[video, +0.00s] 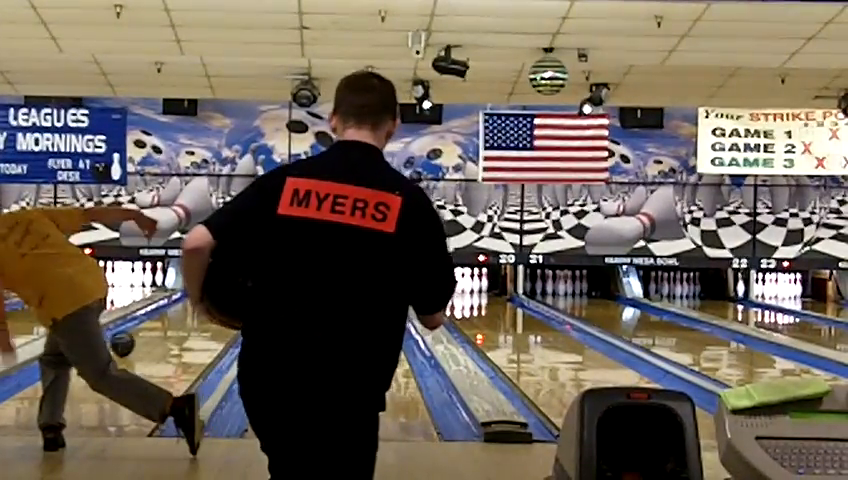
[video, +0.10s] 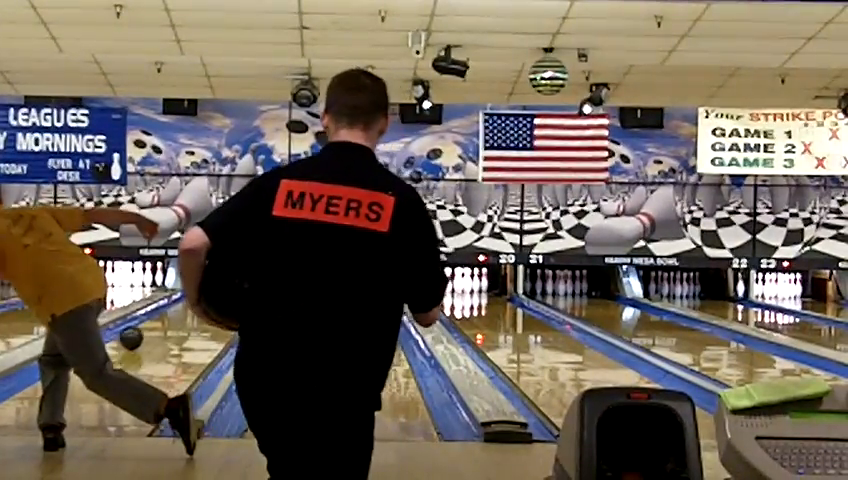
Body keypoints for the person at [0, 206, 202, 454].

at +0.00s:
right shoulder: (29, 216)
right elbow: (89, 214)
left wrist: (5, 336)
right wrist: (136, 215)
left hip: (65, 300)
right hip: (94, 286)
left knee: (101, 375)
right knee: (54, 360)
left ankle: (175, 407)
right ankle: (51, 431)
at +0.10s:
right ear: (4, 201)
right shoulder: (34, 213)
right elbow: (89, 215)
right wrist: (138, 219)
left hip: (64, 298)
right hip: (92, 286)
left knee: (98, 374)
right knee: (54, 361)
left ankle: (169, 408)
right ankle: (51, 430)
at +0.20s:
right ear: (5, 195)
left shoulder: (2, 218)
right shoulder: (37, 207)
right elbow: (90, 214)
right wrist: (137, 221)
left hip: (63, 296)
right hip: (90, 286)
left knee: (93, 373)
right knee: (49, 361)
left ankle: (164, 409)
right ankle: (51, 430)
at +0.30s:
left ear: (1, 190)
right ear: (6, 186)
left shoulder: (4, 214)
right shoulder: (40, 203)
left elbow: (13, 235)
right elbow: (92, 213)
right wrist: (137, 225)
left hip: (60, 296)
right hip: (90, 287)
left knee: (89, 371)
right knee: (47, 361)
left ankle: (157, 408)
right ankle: (50, 428)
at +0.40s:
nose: (6, 183)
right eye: (7, 178)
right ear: (8, 180)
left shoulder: (2, 214)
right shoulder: (43, 200)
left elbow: (7, 253)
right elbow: (95, 214)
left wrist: (25, 290)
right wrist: (142, 231)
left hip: (57, 294)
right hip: (90, 285)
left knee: (85, 371)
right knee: (48, 361)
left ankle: (152, 408)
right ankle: (50, 428)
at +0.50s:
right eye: (7, 176)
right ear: (10, 178)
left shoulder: (2, 223)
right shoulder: (46, 199)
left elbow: (7, 293)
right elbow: (99, 213)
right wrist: (144, 232)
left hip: (57, 295)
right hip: (90, 286)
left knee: (84, 372)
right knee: (48, 359)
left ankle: (151, 410)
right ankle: (50, 429)